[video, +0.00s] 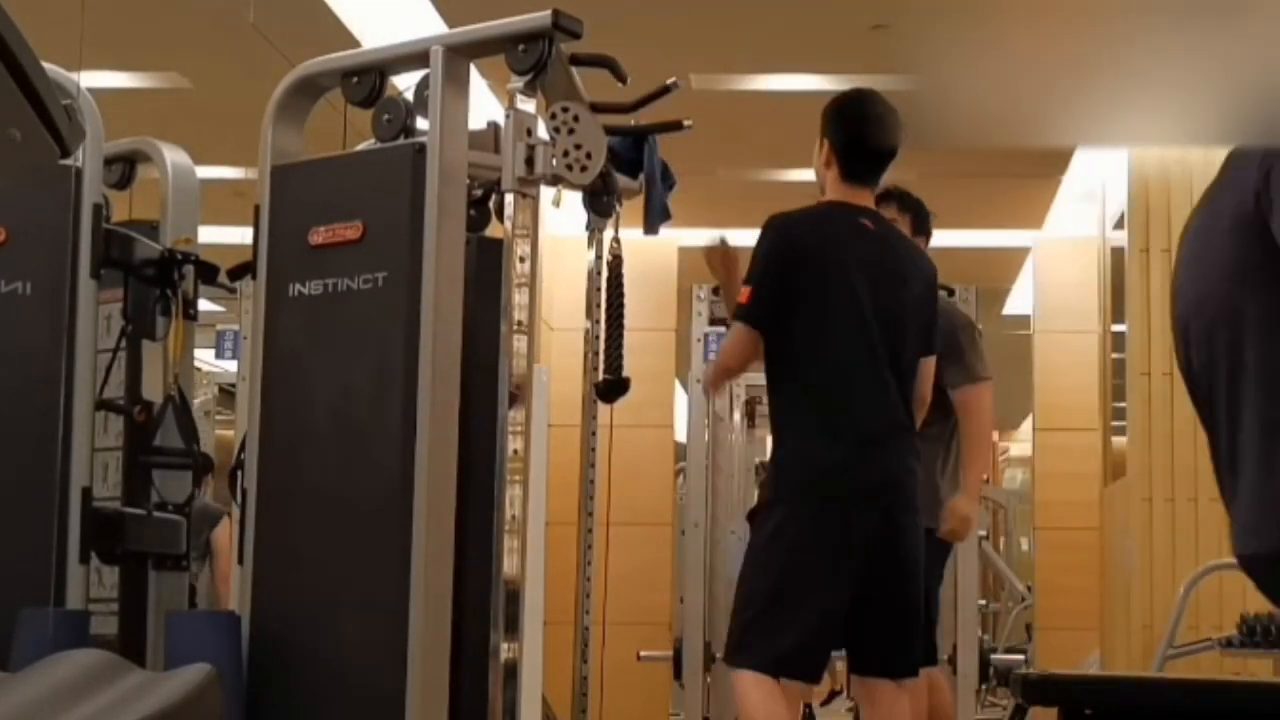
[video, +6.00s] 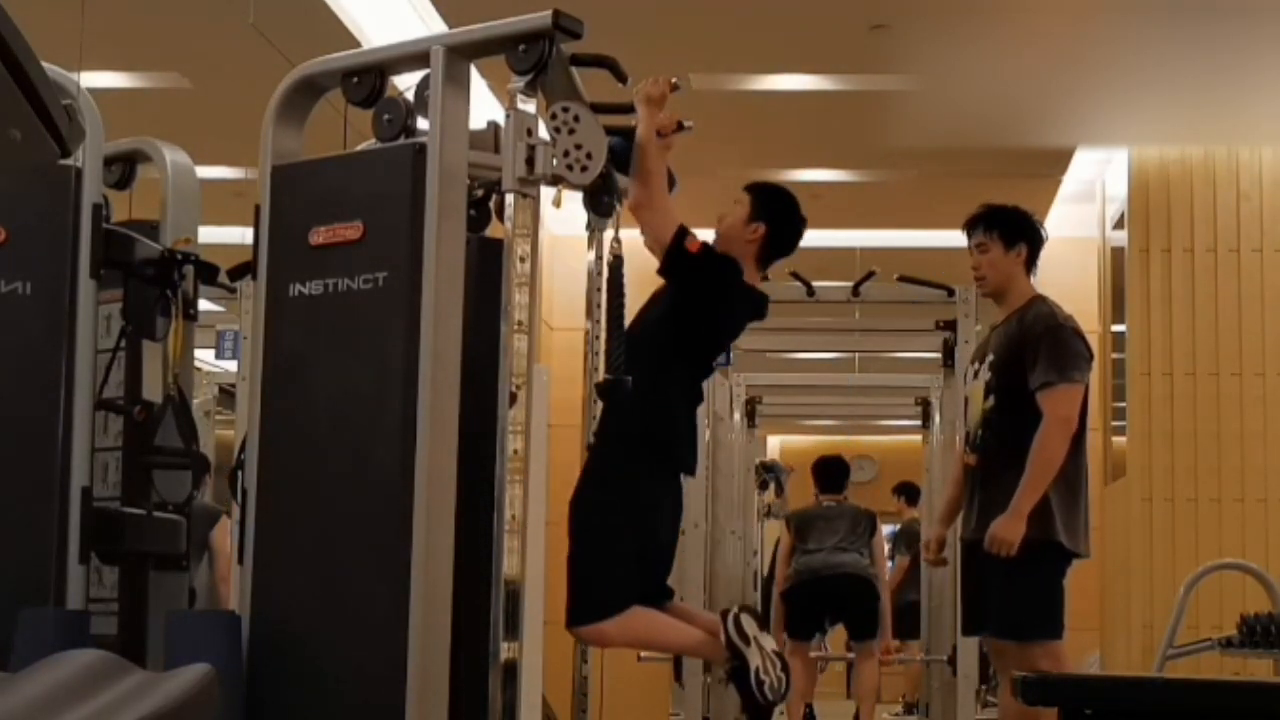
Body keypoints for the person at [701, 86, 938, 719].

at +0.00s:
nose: (817, 154)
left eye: (819, 144)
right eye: (820, 145)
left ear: (825, 153)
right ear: (891, 162)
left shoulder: (789, 233)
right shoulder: (917, 263)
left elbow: (737, 353)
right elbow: (919, 399)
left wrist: (713, 377)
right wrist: (885, 450)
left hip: (807, 484)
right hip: (894, 491)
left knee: (759, 666)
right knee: (888, 671)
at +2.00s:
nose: (669, 259)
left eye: (681, 257)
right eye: (678, 255)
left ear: (693, 287)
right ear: (690, 289)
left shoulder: (664, 327)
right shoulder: (656, 327)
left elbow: (646, 209)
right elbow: (645, 216)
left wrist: (645, 123)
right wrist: (658, 133)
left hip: (633, 542)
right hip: (633, 540)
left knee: (621, 704)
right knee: (642, 692)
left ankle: (745, 717)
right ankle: (755, 716)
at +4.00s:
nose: (708, 216)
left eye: (720, 213)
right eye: (718, 210)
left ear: (736, 239)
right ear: (741, 246)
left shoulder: (700, 289)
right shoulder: (704, 288)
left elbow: (643, 207)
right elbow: (649, 213)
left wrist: (643, 123)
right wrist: (658, 135)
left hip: (624, 481)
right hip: (645, 480)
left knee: (599, 646)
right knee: (641, 623)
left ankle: (731, 665)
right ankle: (741, 652)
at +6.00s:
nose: (721, 213)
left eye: (733, 209)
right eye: (729, 207)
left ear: (755, 231)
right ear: (759, 237)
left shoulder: (715, 279)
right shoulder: (724, 284)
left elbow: (651, 208)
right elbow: (654, 215)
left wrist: (646, 124)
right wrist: (658, 138)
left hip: (630, 456)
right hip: (652, 457)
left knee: (595, 619)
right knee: (637, 600)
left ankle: (727, 650)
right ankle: (731, 632)